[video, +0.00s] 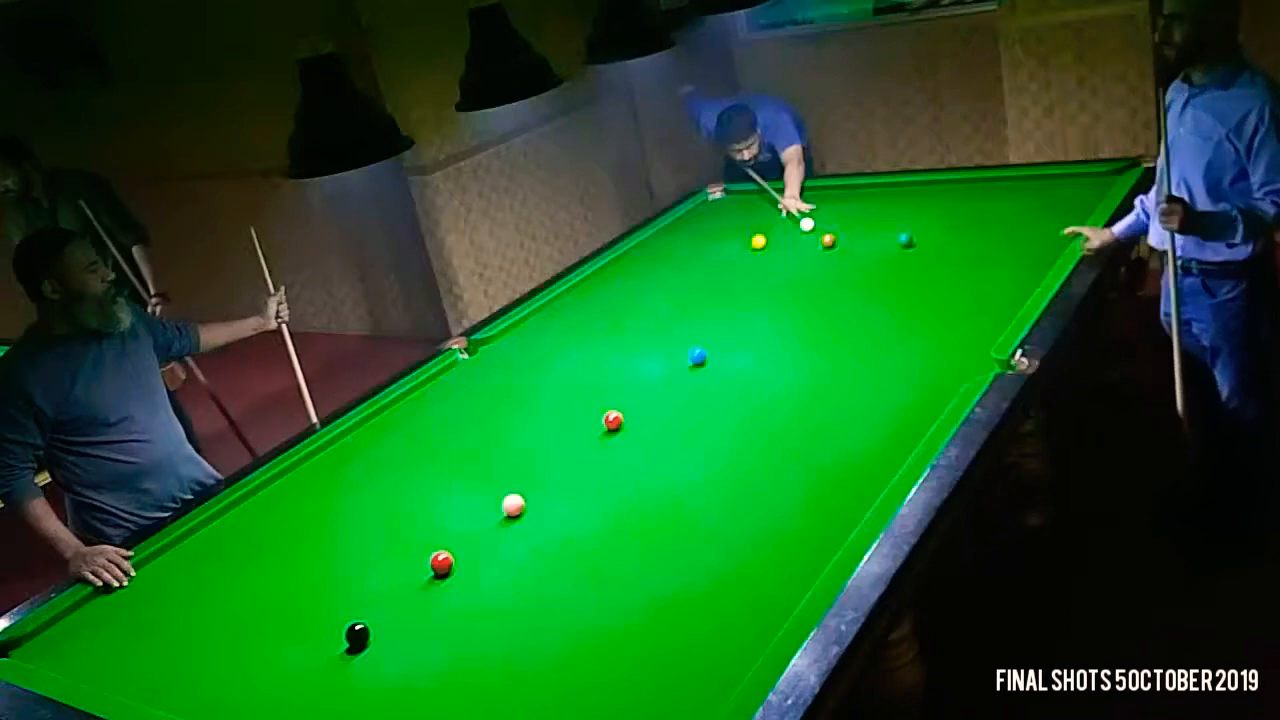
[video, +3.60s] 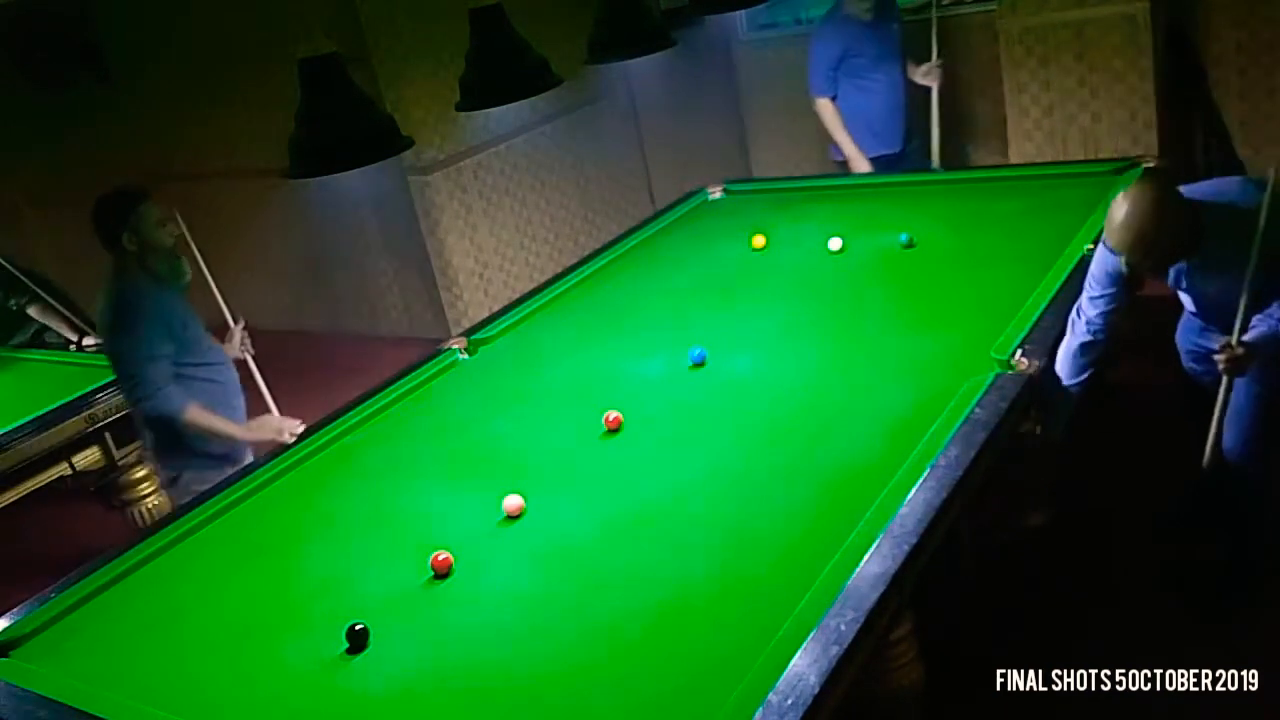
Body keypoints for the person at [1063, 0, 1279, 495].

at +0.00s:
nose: (1161, 34)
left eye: (1175, 20)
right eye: (1159, 21)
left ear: (1215, 24)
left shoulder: (1258, 102)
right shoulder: (1179, 94)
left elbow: (1270, 215)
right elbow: (1167, 185)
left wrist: (1198, 221)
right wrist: (1114, 233)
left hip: (1230, 285)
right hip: (1177, 279)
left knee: (1239, 414)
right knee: (1193, 409)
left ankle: (1244, 524)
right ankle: (1198, 514)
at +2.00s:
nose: (1152, 69)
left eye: (1158, 55)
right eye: (1145, 57)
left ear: (1193, 39)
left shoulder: (1260, 99)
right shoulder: (1173, 97)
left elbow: (1277, 210)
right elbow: (1145, 180)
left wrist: (1214, 219)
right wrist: (1104, 253)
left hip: (1243, 284)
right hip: (1185, 278)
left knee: (1248, 409)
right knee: (1199, 407)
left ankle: (1257, 523)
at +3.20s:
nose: (1153, 151)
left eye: (1162, 141)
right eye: (1145, 139)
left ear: (1194, 120)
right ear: (1139, 120)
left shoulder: (1252, 158)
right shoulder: (1136, 149)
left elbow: (1273, 258)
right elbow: (1112, 229)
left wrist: (1223, 309)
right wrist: (1102, 308)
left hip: (1238, 312)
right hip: (1176, 303)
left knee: (1224, 431)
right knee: (1166, 422)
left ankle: (1234, 544)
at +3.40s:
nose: (1151, 222)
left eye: (1157, 212)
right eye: (1140, 214)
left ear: (1185, 190)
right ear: (1128, 190)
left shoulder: (1257, 189)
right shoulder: (1126, 200)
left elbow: (1278, 282)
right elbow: (1101, 279)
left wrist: (1238, 332)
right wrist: (1089, 362)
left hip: (1255, 319)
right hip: (1192, 310)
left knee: (1231, 443)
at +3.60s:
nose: (1132, 270)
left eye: (1142, 259)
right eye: (1125, 257)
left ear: (1172, 241)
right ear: (1117, 234)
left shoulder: (1247, 221)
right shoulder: (1127, 229)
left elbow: (1279, 303)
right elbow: (1095, 309)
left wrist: (1256, 344)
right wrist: (1068, 377)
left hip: (1263, 336)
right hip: (1203, 320)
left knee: (1238, 456)